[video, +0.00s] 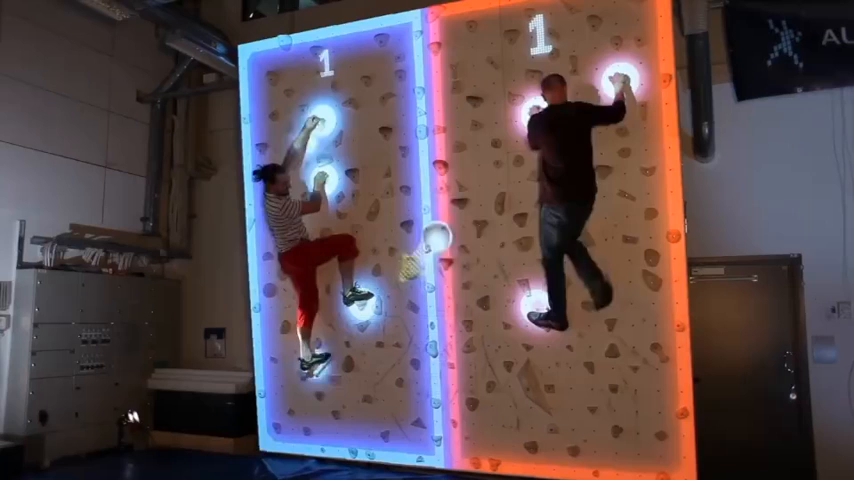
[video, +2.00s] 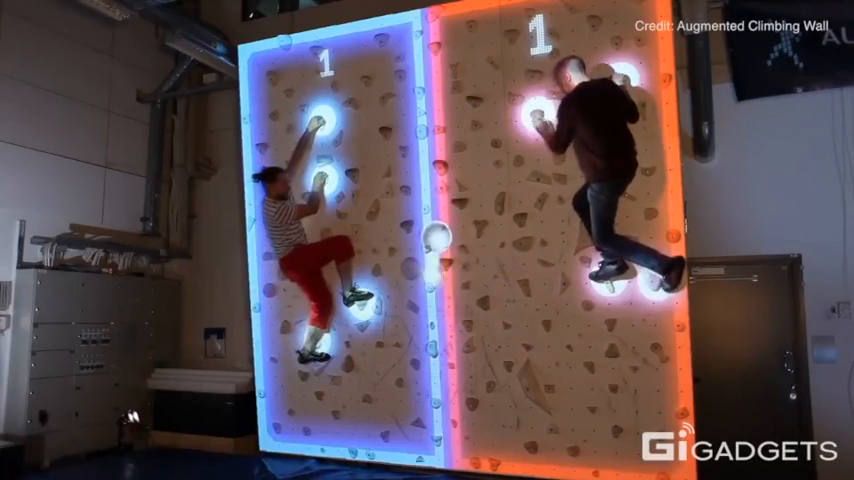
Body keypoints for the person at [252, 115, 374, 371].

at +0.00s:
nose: (287, 184)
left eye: (286, 180)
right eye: (283, 182)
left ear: (279, 181)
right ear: (273, 186)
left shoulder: (271, 195)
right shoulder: (282, 205)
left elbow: (292, 159)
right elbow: (316, 206)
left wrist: (307, 130)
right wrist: (319, 186)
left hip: (289, 258)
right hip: (300, 253)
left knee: (308, 303)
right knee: (346, 243)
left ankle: (306, 358)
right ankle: (349, 290)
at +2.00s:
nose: (288, 184)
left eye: (286, 180)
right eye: (283, 181)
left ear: (276, 185)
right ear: (272, 186)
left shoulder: (272, 203)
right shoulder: (280, 208)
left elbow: (293, 164)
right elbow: (313, 208)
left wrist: (310, 132)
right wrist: (319, 188)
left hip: (290, 262)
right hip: (298, 258)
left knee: (323, 303)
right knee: (341, 244)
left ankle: (308, 350)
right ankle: (349, 291)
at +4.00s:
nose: (282, 178)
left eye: (281, 174)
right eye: (278, 175)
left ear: (264, 179)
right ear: (267, 180)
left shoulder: (258, 196)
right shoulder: (274, 201)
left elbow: (277, 171)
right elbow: (310, 207)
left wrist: (293, 156)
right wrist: (319, 186)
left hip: (285, 256)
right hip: (294, 252)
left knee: (312, 299)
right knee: (339, 243)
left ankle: (306, 350)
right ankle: (348, 291)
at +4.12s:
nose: (280, 179)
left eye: (279, 176)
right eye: (276, 176)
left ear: (263, 180)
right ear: (265, 181)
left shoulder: (258, 196)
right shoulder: (272, 201)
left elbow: (275, 171)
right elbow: (309, 207)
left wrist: (292, 158)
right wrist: (318, 186)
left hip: (285, 257)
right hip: (294, 252)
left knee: (313, 299)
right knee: (339, 243)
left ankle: (306, 350)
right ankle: (348, 291)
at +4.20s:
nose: (280, 179)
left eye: (278, 175)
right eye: (276, 176)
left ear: (263, 181)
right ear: (265, 181)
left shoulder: (258, 197)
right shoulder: (273, 202)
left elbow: (275, 171)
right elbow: (309, 208)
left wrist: (292, 157)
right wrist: (318, 186)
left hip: (285, 257)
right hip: (294, 252)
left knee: (313, 298)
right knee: (339, 243)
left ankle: (306, 350)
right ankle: (348, 291)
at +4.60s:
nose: (281, 181)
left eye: (280, 177)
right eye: (277, 178)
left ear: (264, 184)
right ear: (266, 184)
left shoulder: (261, 198)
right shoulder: (275, 204)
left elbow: (284, 172)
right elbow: (309, 208)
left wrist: (309, 172)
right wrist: (318, 184)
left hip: (285, 259)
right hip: (294, 253)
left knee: (314, 300)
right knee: (339, 243)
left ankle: (306, 350)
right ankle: (348, 293)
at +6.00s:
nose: (300, 160)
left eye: (297, 158)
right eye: (296, 159)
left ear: (285, 169)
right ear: (288, 169)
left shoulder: (285, 177)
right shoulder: (292, 189)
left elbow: (310, 144)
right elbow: (316, 209)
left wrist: (329, 112)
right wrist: (319, 185)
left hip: (287, 243)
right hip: (297, 240)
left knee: (300, 294)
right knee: (343, 242)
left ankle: (305, 347)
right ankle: (348, 292)